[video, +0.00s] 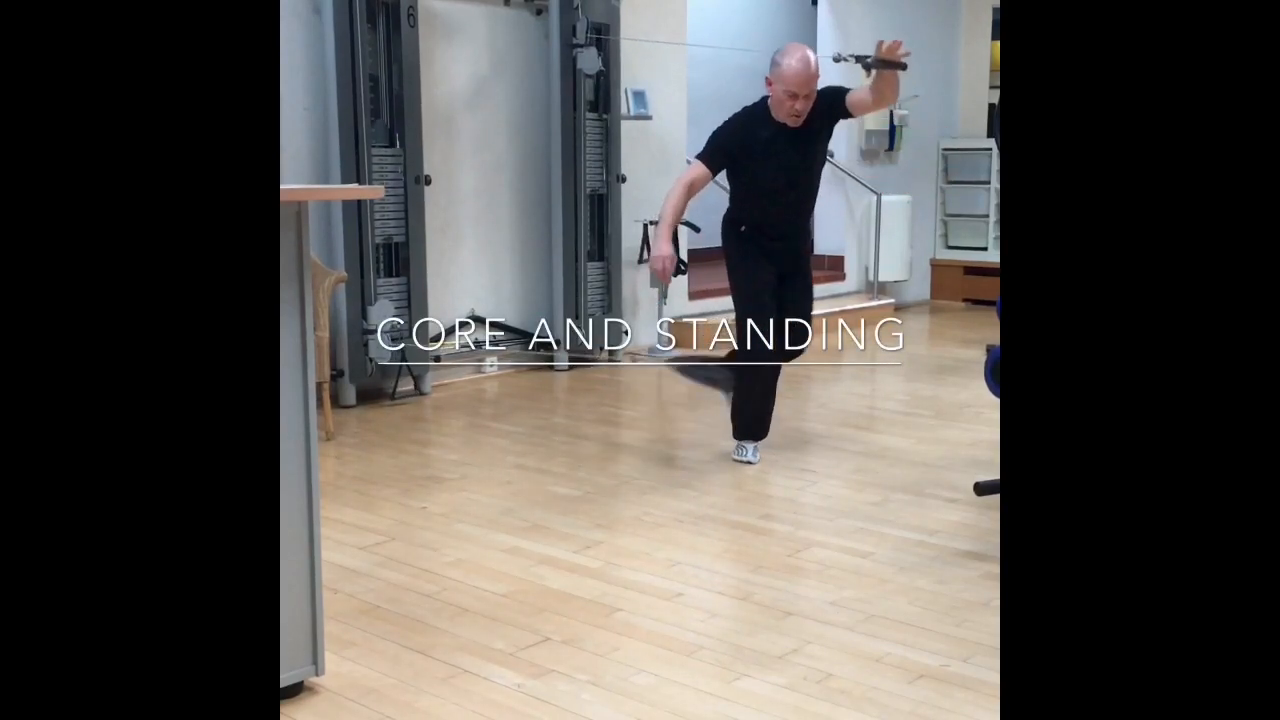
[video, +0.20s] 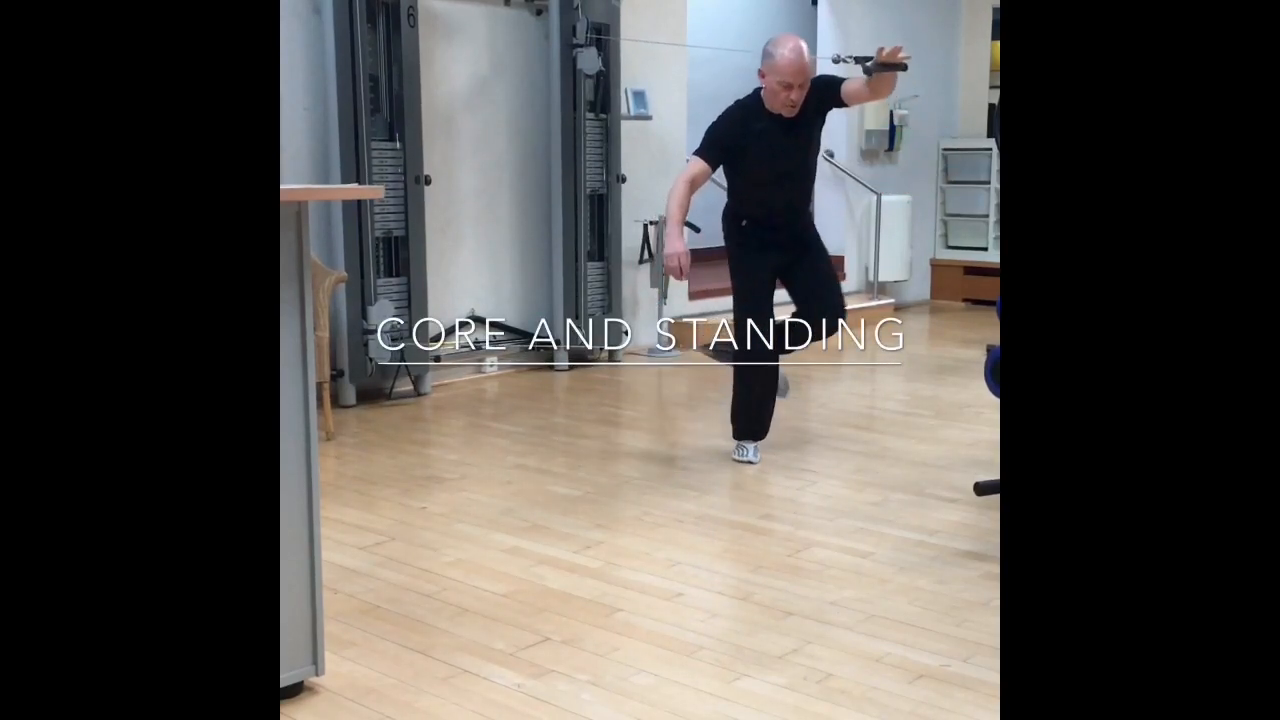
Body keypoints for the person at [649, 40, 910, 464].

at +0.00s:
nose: (800, 105)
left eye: (808, 96)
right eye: (791, 95)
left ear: (817, 86)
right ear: (769, 85)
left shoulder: (825, 107)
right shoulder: (742, 127)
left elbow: (881, 98)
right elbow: (687, 184)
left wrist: (888, 66)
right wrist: (662, 240)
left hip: (796, 243)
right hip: (747, 243)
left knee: (794, 339)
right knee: (759, 339)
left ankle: (726, 371)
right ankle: (747, 437)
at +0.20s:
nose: (795, 96)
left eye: (803, 85)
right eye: (786, 86)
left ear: (812, 76)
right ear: (763, 76)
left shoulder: (818, 95)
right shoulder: (737, 120)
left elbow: (873, 90)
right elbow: (687, 180)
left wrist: (885, 69)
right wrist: (674, 236)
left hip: (798, 232)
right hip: (748, 236)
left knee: (826, 317)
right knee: (756, 338)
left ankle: (757, 348)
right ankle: (747, 436)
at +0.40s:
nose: (791, 86)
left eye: (798, 75)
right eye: (782, 76)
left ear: (807, 66)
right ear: (759, 67)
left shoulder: (815, 89)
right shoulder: (731, 114)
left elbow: (871, 90)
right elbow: (681, 174)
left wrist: (886, 74)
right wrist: (666, 230)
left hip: (801, 223)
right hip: (752, 233)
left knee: (852, 280)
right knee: (754, 335)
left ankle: (794, 342)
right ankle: (747, 435)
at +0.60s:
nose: (788, 77)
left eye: (796, 67)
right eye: (779, 67)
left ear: (803, 61)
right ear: (755, 61)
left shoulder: (812, 89)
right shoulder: (725, 109)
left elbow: (871, 88)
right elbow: (671, 163)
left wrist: (887, 67)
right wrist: (642, 220)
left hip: (804, 217)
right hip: (754, 230)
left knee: (868, 246)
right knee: (757, 332)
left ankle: (834, 333)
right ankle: (748, 435)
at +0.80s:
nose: (788, 72)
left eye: (795, 62)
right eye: (778, 62)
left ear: (802, 57)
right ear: (755, 56)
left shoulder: (809, 89)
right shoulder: (719, 106)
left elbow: (870, 91)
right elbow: (665, 155)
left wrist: (887, 65)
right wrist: (624, 210)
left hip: (803, 213)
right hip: (753, 231)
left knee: (874, 218)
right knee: (759, 333)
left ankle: (876, 322)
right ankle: (748, 435)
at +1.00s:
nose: (784, 71)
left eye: (791, 60)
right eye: (775, 61)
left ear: (797, 56)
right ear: (750, 54)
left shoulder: (804, 92)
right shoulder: (715, 106)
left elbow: (864, 94)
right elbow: (658, 155)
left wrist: (882, 65)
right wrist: (617, 205)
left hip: (800, 213)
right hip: (750, 230)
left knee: (873, 203)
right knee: (757, 331)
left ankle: (911, 314)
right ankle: (747, 436)